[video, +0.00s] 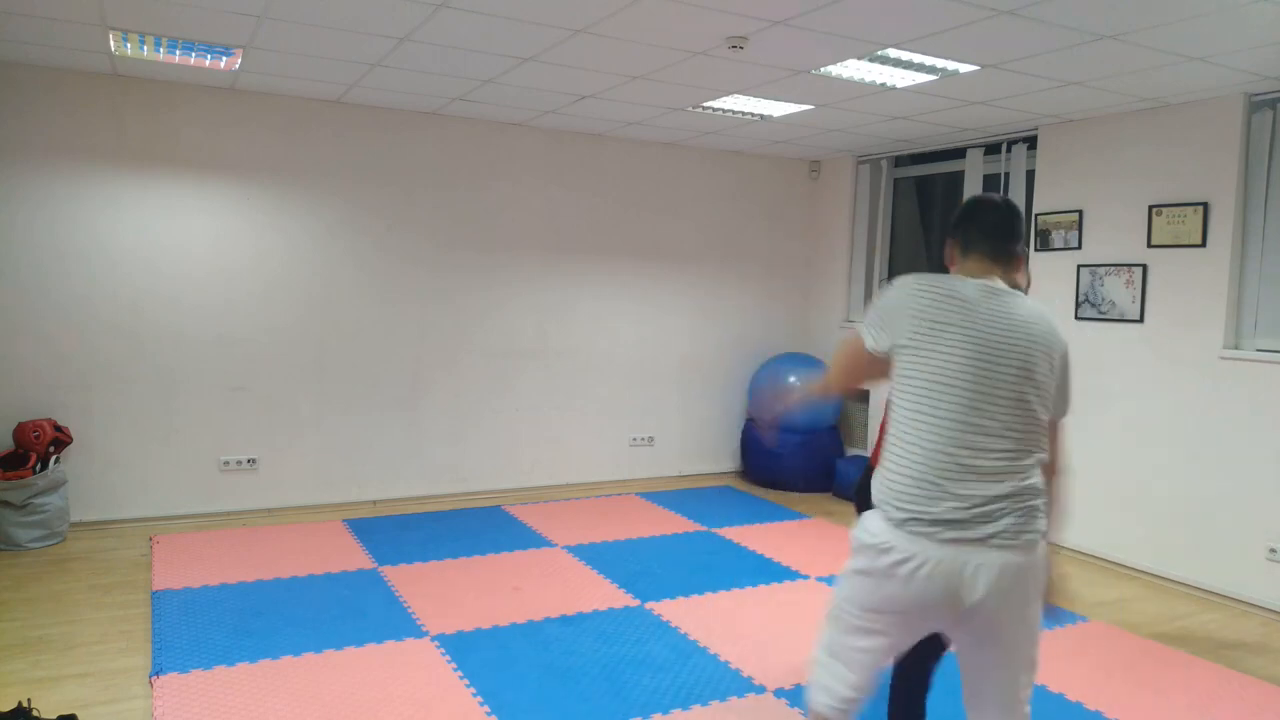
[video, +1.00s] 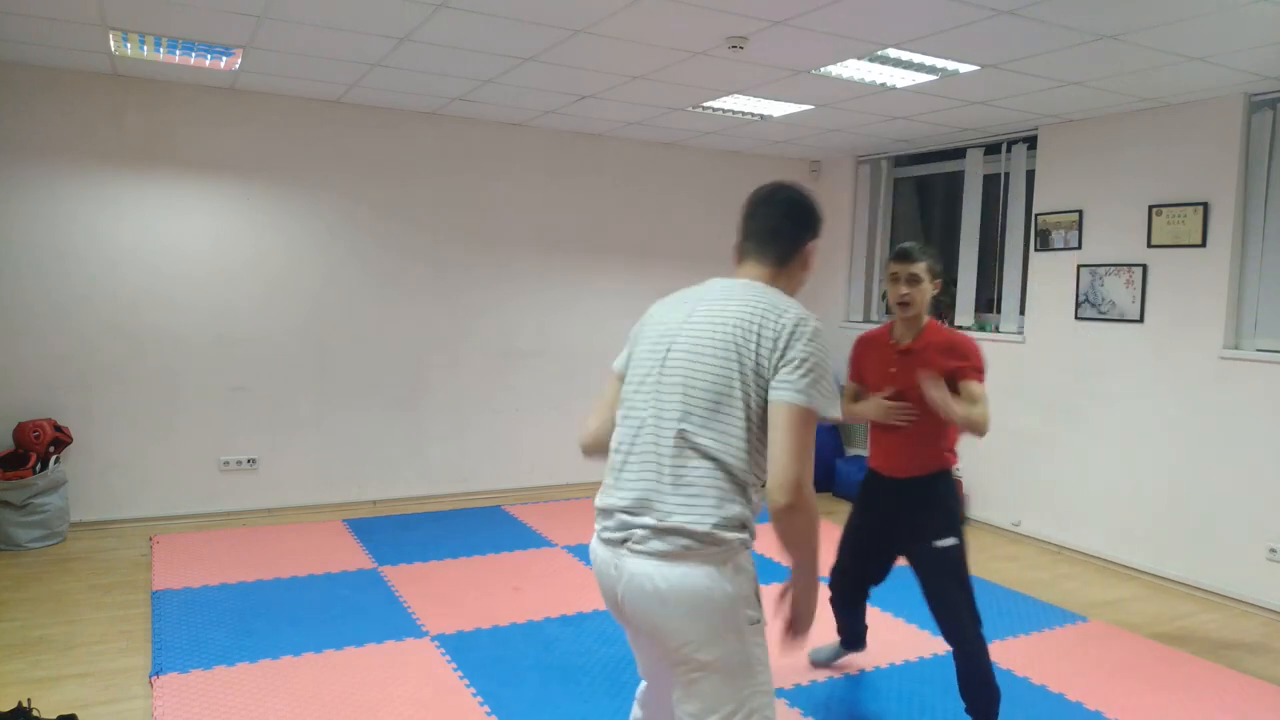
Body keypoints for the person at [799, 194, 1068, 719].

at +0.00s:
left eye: (946, 252)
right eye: (1027, 260)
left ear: (950, 252)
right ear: (1021, 261)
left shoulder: (909, 297)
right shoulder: (1047, 332)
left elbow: (842, 377)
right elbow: (1049, 460)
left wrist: (796, 397)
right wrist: (1045, 550)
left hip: (901, 564)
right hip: (1009, 573)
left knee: (831, 704)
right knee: (1003, 713)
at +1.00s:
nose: (812, 264)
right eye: (815, 253)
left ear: (739, 243)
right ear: (806, 256)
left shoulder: (664, 310)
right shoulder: (793, 326)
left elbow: (596, 437)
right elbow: (787, 493)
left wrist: (680, 437)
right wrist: (805, 579)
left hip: (614, 559)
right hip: (697, 575)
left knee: (660, 691)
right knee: (737, 707)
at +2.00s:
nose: (692, 266)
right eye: (693, 257)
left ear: (626, 258)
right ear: (687, 260)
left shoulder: (576, 316)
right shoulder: (692, 303)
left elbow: (528, 452)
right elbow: (713, 428)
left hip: (549, 529)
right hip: (631, 533)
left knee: (589, 673)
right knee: (661, 705)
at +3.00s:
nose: (620, 261)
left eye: (619, 253)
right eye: (620, 253)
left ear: (571, 249)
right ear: (610, 251)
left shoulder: (519, 285)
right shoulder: (613, 295)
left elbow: (467, 351)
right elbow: (678, 348)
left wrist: (521, 376)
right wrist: (709, 368)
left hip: (488, 435)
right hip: (536, 443)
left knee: (552, 557)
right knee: (487, 600)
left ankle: (527, 686)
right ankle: (390, 714)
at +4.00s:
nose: (499, 231)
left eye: (499, 225)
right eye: (492, 224)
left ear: (486, 231)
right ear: (468, 227)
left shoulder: (488, 276)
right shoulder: (437, 263)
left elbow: (507, 323)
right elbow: (402, 322)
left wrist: (546, 358)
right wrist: (416, 380)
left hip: (461, 384)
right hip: (428, 383)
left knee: (468, 473)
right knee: (440, 476)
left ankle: (453, 561)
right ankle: (414, 566)